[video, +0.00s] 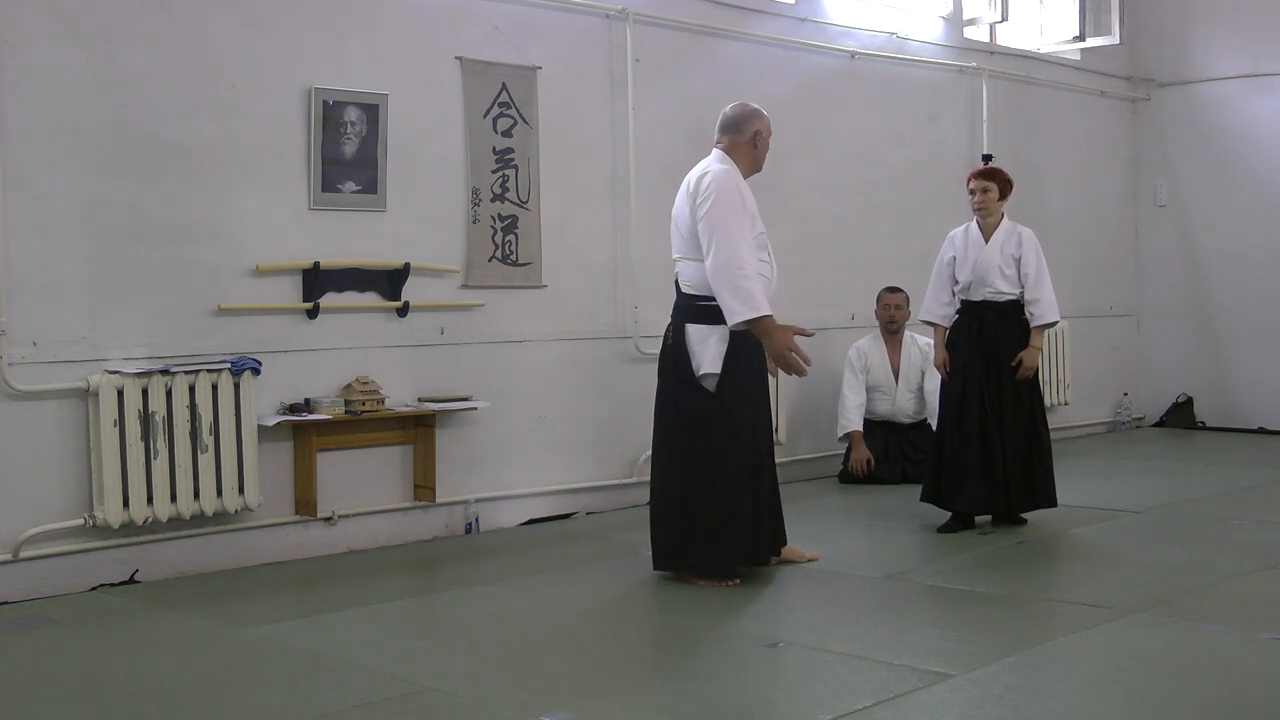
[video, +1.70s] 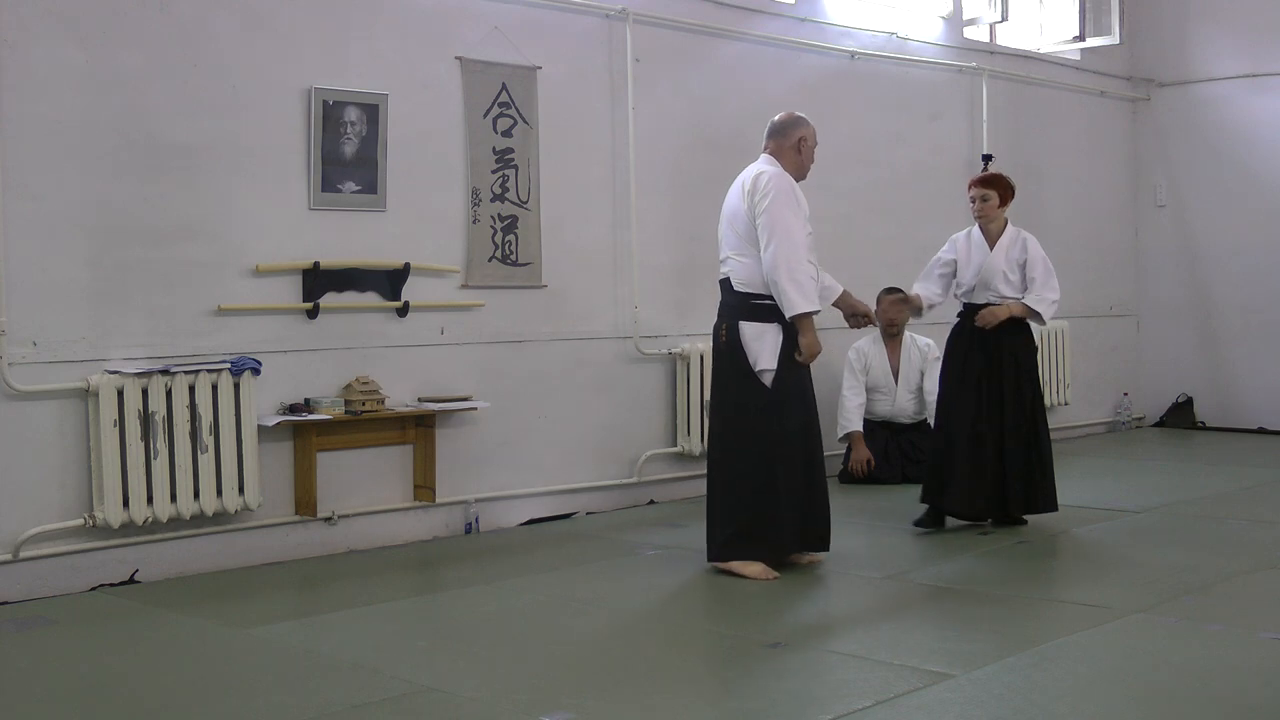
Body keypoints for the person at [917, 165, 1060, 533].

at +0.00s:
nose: (978, 198)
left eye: (986, 192)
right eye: (973, 192)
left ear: (1002, 196)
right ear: (968, 198)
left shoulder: (1022, 237)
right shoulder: (957, 238)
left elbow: (1039, 294)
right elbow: (941, 293)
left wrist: (1035, 345)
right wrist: (939, 344)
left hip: (1010, 331)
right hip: (967, 332)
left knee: (1010, 416)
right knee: (963, 416)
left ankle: (1007, 506)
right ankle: (963, 509)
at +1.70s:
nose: (977, 206)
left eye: (985, 200)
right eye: (973, 200)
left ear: (1004, 202)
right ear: (969, 203)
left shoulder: (1024, 244)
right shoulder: (960, 243)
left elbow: (1046, 298)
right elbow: (932, 287)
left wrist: (1007, 309)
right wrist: (910, 300)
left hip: (1010, 338)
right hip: (967, 336)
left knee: (1009, 419)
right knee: (953, 417)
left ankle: (1007, 507)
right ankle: (936, 507)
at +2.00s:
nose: (954, 210)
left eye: (962, 203)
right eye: (949, 204)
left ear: (981, 207)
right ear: (945, 208)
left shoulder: (1000, 249)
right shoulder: (937, 244)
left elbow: (1014, 302)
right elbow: (901, 273)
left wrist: (972, 305)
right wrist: (868, 287)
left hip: (986, 345)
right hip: (943, 345)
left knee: (995, 424)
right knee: (926, 426)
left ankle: (1003, 508)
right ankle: (897, 515)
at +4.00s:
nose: (898, 209)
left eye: (906, 202)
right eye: (891, 203)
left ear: (921, 207)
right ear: (885, 208)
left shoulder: (938, 250)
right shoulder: (877, 247)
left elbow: (958, 306)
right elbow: (850, 279)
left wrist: (924, 325)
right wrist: (822, 303)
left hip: (931, 346)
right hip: (888, 347)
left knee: (939, 427)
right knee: (895, 433)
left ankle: (945, 515)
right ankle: (895, 520)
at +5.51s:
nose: (892, 208)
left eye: (899, 200)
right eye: (884, 202)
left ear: (914, 204)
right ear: (878, 207)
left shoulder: (932, 246)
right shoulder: (871, 247)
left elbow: (954, 299)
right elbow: (843, 275)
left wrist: (922, 323)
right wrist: (810, 299)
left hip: (928, 344)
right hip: (886, 347)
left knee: (936, 427)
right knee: (891, 432)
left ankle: (940, 514)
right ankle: (892, 520)